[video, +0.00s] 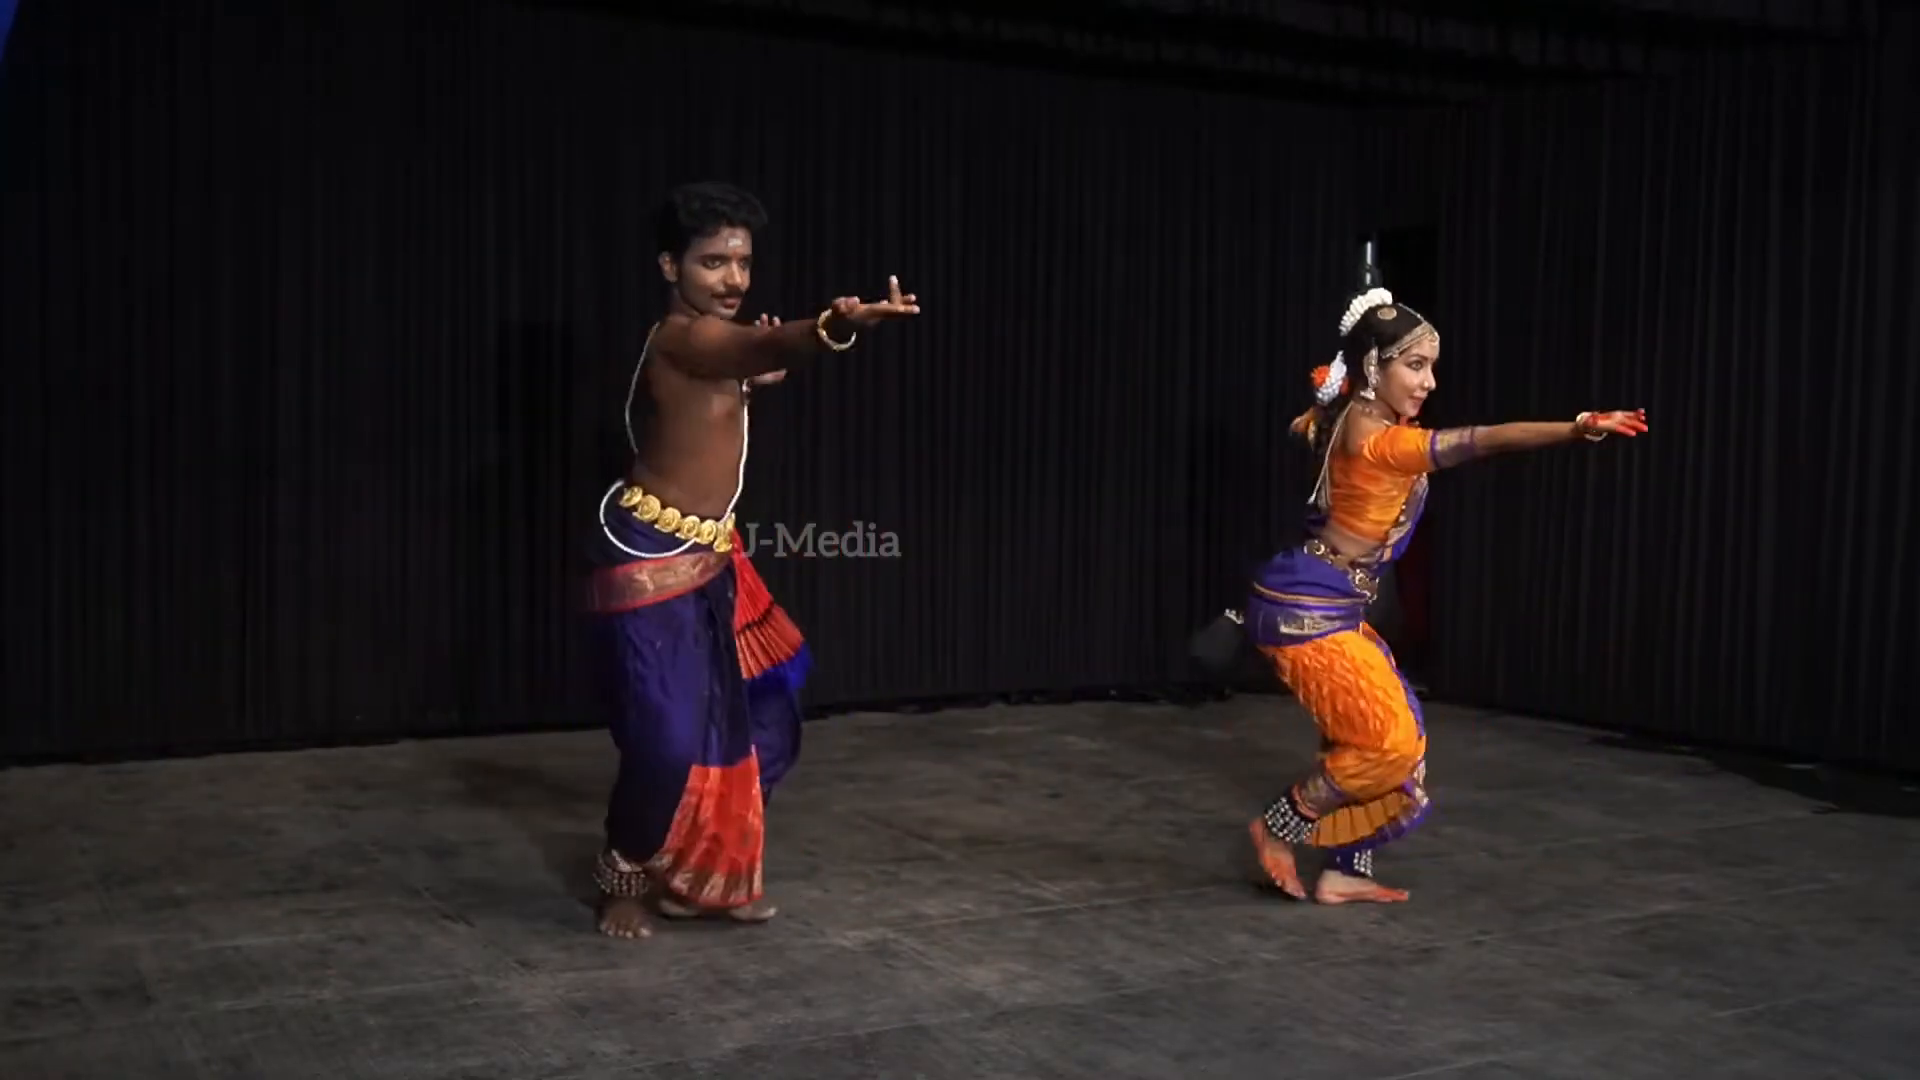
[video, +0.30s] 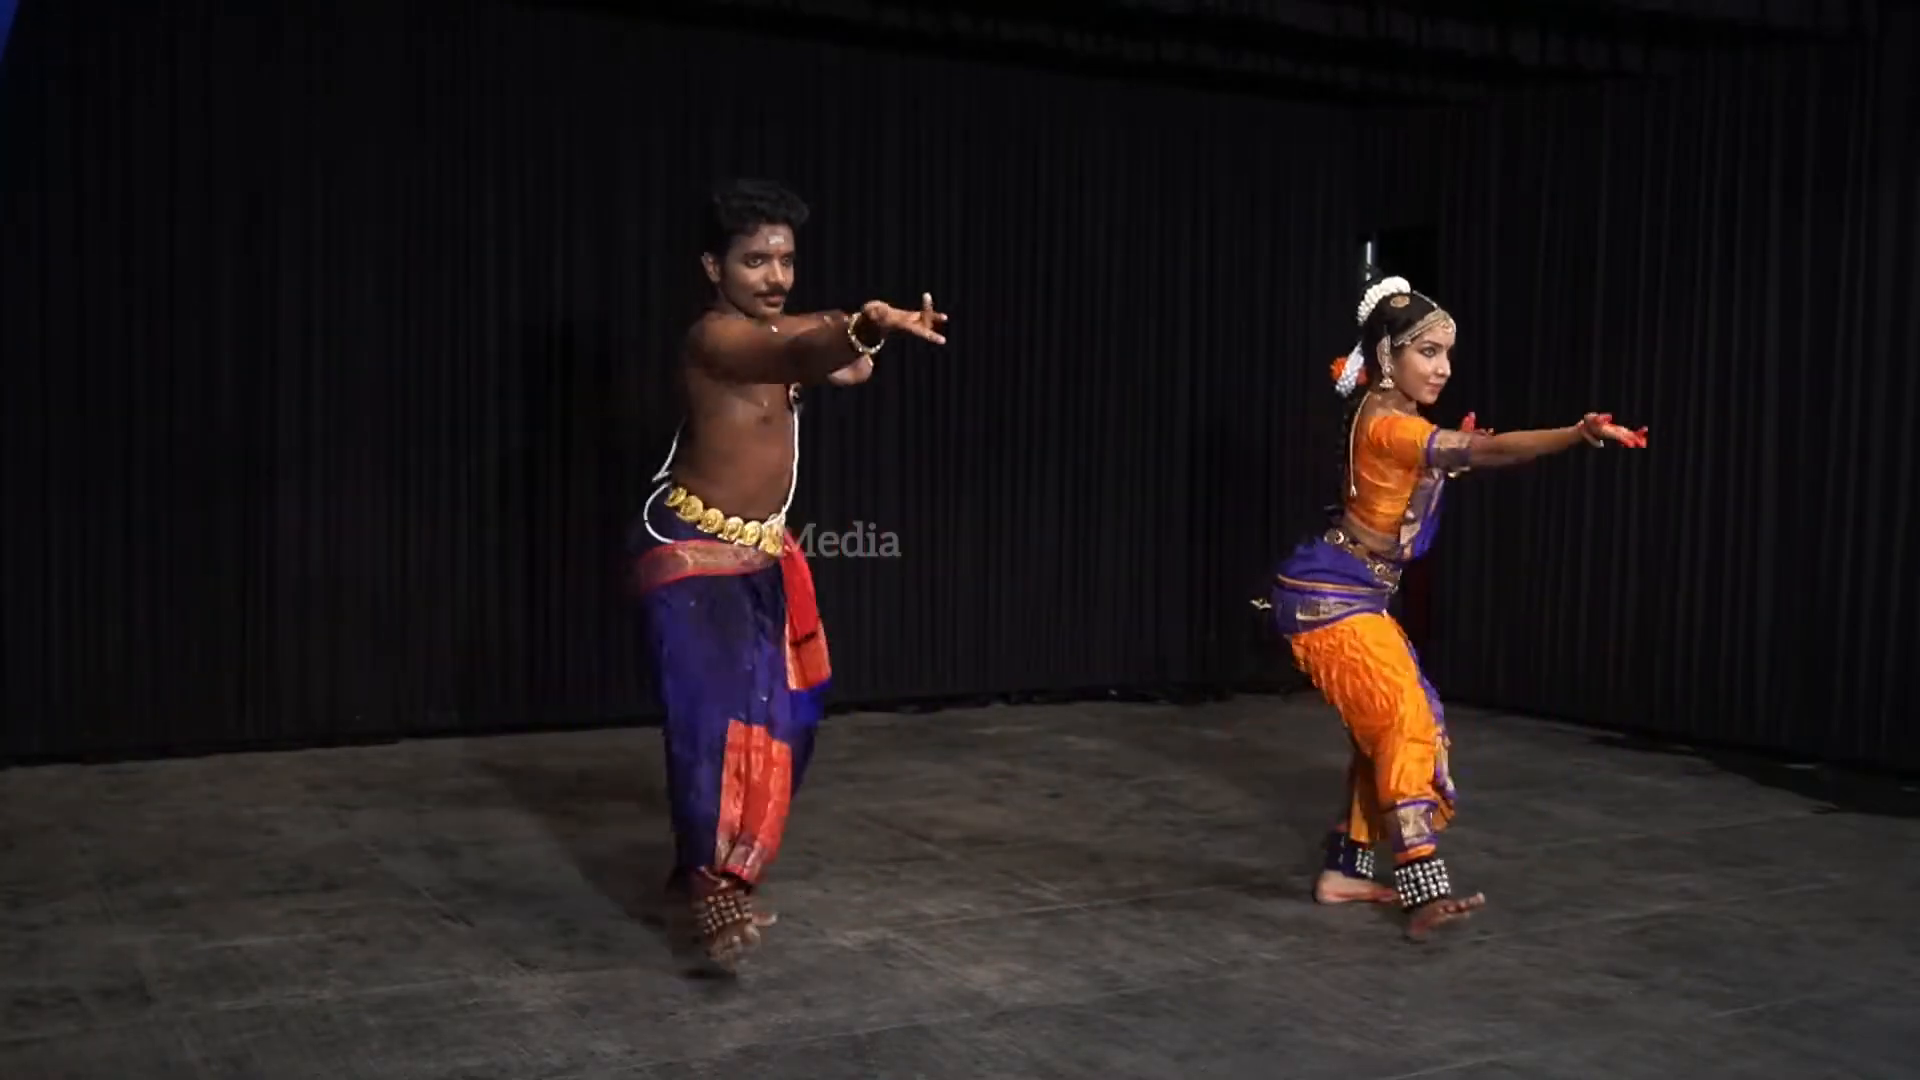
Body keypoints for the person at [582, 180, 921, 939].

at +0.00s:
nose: (734, 280)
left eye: (743, 262)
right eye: (714, 263)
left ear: (752, 262)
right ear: (671, 269)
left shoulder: (721, 330)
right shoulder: (680, 336)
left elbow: (722, 374)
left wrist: (759, 371)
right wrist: (837, 324)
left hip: (711, 550)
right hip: (649, 552)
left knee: (753, 704)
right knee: (668, 735)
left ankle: (702, 867)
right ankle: (626, 875)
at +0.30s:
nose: (776, 276)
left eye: (785, 261)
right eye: (756, 261)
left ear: (795, 262)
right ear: (715, 270)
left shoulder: (781, 332)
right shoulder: (712, 335)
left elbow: (796, 368)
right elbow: (791, 347)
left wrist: (840, 365)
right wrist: (855, 320)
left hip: (763, 550)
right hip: (693, 549)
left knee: (783, 712)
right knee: (711, 713)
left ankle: (726, 874)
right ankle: (711, 887)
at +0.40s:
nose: (786, 269)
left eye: (796, 253)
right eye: (767, 254)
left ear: (806, 255)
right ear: (724, 261)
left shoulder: (814, 327)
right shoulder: (700, 330)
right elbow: (693, 405)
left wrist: (909, 346)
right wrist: (808, 371)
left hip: (794, 550)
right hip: (715, 556)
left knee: (819, 722)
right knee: (746, 728)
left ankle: (712, 867)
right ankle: (771, 915)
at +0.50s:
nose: (802, 267)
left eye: (811, 250)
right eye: (781, 253)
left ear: (820, 254)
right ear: (740, 263)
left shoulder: (848, 337)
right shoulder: (698, 337)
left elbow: (967, 361)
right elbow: (590, 406)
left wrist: (869, 384)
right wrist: (695, 379)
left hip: (817, 555)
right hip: (730, 557)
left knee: (823, 719)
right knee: (755, 724)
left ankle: (776, 897)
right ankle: (761, 915)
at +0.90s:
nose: (765, 264)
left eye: (779, 252)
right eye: (769, 250)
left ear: (827, 263)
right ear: (817, 262)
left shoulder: (881, 349)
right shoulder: (771, 332)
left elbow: (910, 406)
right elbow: (713, 346)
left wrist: (798, 401)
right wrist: (621, 332)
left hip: (849, 566)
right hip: (751, 557)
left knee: (894, 736)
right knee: (719, 718)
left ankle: (802, 824)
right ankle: (712, 888)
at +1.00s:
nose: (794, 263)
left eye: (812, 253)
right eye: (797, 249)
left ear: (862, 270)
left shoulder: (911, 358)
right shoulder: (776, 336)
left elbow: (968, 427)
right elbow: (670, 355)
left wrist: (866, 408)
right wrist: (703, 359)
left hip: (865, 570)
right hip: (772, 560)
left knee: (913, 732)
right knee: (735, 707)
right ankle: (718, 864)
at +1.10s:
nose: (869, 268)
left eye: (890, 256)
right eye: (860, 252)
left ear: (923, 273)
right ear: (846, 261)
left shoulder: (958, 363)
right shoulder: (806, 343)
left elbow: (1063, 437)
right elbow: (688, 384)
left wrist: (963, 412)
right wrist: (806, 395)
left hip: (911, 561)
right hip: (810, 559)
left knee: (1010, 674)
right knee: (758, 715)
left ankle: (927, 760)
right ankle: (721, 867)